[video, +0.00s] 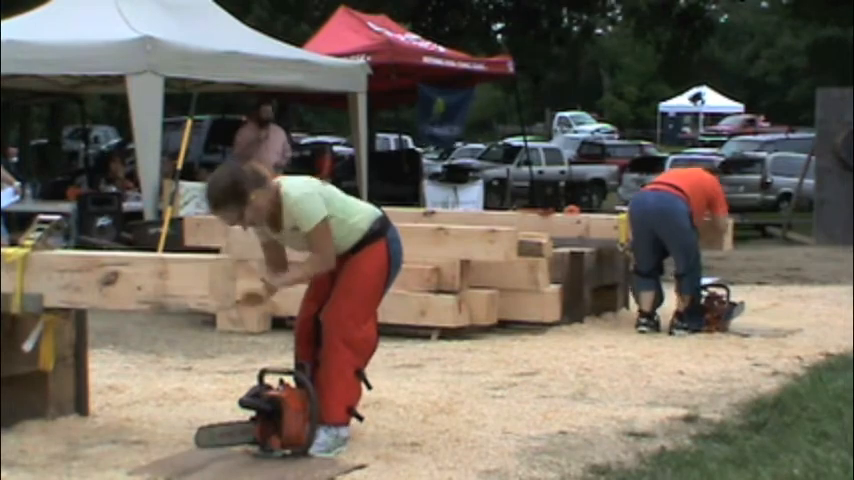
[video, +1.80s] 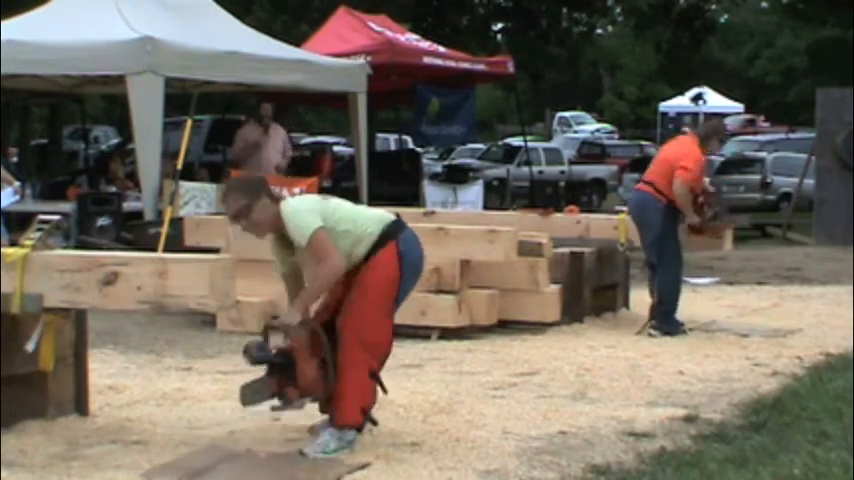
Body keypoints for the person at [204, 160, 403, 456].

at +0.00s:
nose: (244, 227)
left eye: (242, 219)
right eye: (238, 224)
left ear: (256, 198)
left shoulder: (302, 198)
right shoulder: (263, 214)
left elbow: (325, 262)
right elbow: (277, 267)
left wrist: (281, 281)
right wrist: (264, 293)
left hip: (374, 245)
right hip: (337, 254)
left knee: (338, 322)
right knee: (309, 322)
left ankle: (336, 426)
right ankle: (310, 414)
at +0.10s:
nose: (241, 232)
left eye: (239, 222)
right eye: (234, 227)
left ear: (254, 199)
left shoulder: (300, 211)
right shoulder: (262, 226)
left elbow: (316, 277)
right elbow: (283, 284)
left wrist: (285, 329)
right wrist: (298, 333)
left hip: (377, 246)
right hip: (338, 257)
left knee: (339, 321)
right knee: (307, 319)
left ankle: (340, 424)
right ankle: (313, 414)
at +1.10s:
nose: (237, 253)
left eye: (234, 244)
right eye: (230, 248)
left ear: (251, 224)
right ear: (253, 221)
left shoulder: (287, 226)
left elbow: (305, 299)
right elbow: (307, 293)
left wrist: (301, 361)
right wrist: (302, 356)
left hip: (382, 255)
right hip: (364, 257)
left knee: (334, 335)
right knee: (329, 331)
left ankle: (338, 429)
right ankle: (350, 412)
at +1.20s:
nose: (239, 239)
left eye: (234, 232)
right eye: (231, 236)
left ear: (248, 211)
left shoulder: (279, 228)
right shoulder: (282, 176)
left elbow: (296, 297)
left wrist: (298, 362)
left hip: (372, 245)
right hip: (387, 224)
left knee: (326, 330)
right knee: (356, 324)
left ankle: (335, 427)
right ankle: (352, 403)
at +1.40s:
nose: (228, 236)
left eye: (225, 227)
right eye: (223, 230)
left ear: (241, 210)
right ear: (244, 205)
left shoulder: (278, 217)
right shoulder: (281, 197)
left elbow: (295, 292)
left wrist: (283, 358)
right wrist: (284, 287)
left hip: (379, 242)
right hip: (386, 232)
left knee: (333, 330)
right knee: (353, 322)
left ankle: (337, 428)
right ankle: (365, 402)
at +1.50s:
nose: (234, 254)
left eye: (231, 245)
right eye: (227, 249)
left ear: (246, 226)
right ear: (246, 226)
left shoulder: (281, 232)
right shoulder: (273, 246)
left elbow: (306, 300)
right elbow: (286, 307)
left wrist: (281, 360)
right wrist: (280, 360)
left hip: (389, 251)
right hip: (379, 254)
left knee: (333, 331)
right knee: (334, 329)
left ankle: (337, 429)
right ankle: (350, 414)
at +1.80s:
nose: (243, 227)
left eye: (244, 217)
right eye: (237, 222)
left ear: (263, 199)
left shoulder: (296, 212)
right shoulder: (281, 238)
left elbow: (334, 265)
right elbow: (297, 297)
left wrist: (298, 309)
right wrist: (301, 357)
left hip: (392, 247)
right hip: (365, 259)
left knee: (355, 328)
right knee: (332, 325)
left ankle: (347, 427)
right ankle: (340, 414)